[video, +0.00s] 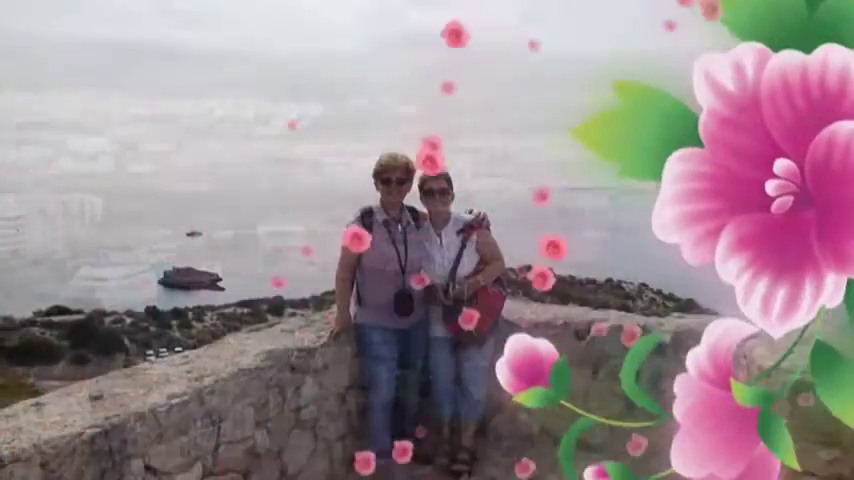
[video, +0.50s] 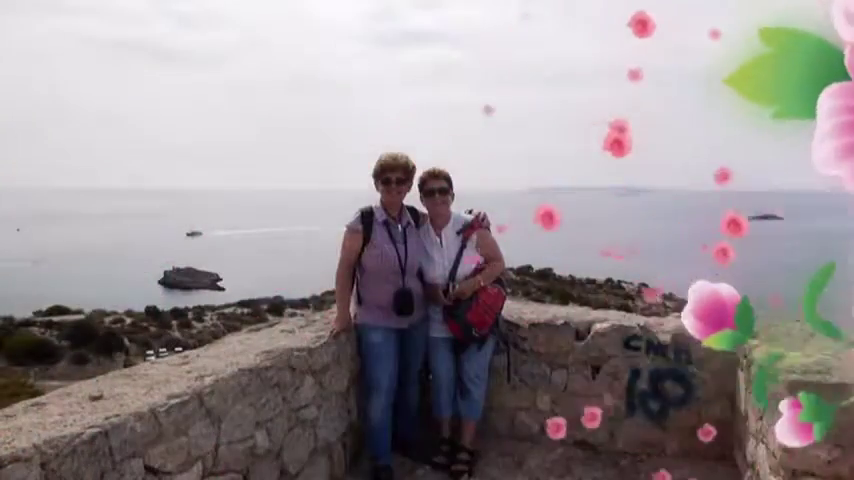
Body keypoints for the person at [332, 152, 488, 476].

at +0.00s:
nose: (394, 187)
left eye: (401, 181)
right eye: (387, 181)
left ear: (410, 185)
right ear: (376, 183)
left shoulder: (419, 220)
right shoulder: (364, 223)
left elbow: (444, 232)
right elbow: (345, 271)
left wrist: (473, 225)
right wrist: (343, 314)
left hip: (415, 320)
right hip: (376, 322)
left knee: (411, 389)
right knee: (382, 391)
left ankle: (407, 448)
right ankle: (381, 455)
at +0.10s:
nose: (394, 187)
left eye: (401, 182)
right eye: (387, 181)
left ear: (409, 186)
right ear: (376, 184)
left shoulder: (418, 219)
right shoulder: (365, 221)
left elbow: (443, 233)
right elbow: (345, 270)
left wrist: (472, 225)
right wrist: (343, 313)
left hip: (415, 321)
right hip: (376, 321)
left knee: (410, 391)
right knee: (382, 392)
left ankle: (409, 455)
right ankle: (381, 463)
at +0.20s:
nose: (395, 187)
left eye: (401, 182)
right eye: (388, 181)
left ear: (410, 185)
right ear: (377, 184)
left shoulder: (416, 219)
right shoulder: (365, 221)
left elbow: (443, 232)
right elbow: (345, 270)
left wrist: (474, 224)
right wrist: (343, 314)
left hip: (415, 319)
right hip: (376, 321)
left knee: (411, 387)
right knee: (381, 391)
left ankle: (409, 444)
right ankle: (381, 461)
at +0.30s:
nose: (394, 187)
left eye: (401, 181)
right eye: (387, 181)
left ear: (410, 184)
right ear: (377, 184)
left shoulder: (419, 221)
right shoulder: (364, 222)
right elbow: (345, 269)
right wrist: (343, 314)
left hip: (415, 319)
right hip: (376, 321)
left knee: (410, 386)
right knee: (381, 391)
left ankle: (410, 445)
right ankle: (381, 460)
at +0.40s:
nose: (394, 187)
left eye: (400, 181)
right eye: (387, 181)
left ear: (410, 184)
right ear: (377, 184)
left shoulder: (419, 220)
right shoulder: (364, 222)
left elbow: (446, 232)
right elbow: (345, 269)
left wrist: (474, 223)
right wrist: (343, 314)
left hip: (415, 319)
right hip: (376, 320)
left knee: (410, 386)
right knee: (381, 391)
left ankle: (409, 444)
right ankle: (380, 460)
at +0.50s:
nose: (394, 187)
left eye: (400, 181)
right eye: (387, 181)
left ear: (410, 184)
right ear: (377, 183)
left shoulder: (418, 220)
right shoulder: (363, 222)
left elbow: (446, 234)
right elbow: (345, 270)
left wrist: (473, 224)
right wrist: (343, 315)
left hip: (415, 318)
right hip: (376, 320)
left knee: (410, 386)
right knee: (381, 391)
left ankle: (409, 445)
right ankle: (380, 460)